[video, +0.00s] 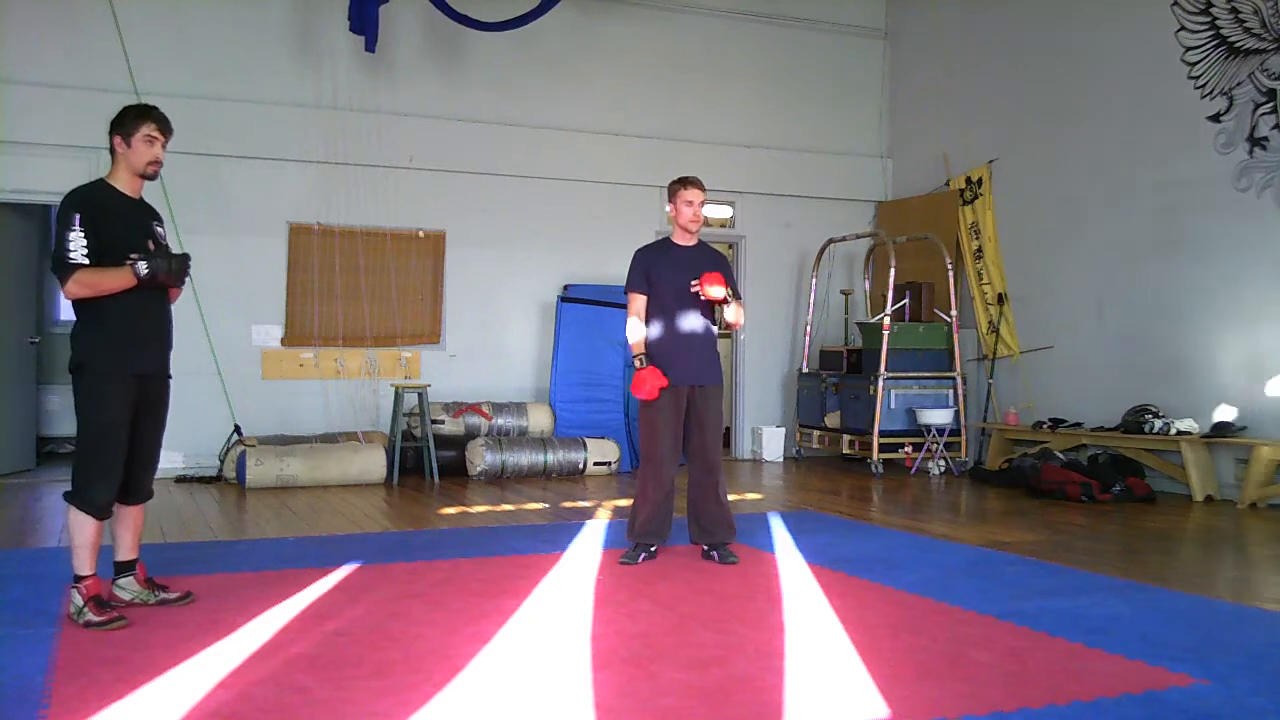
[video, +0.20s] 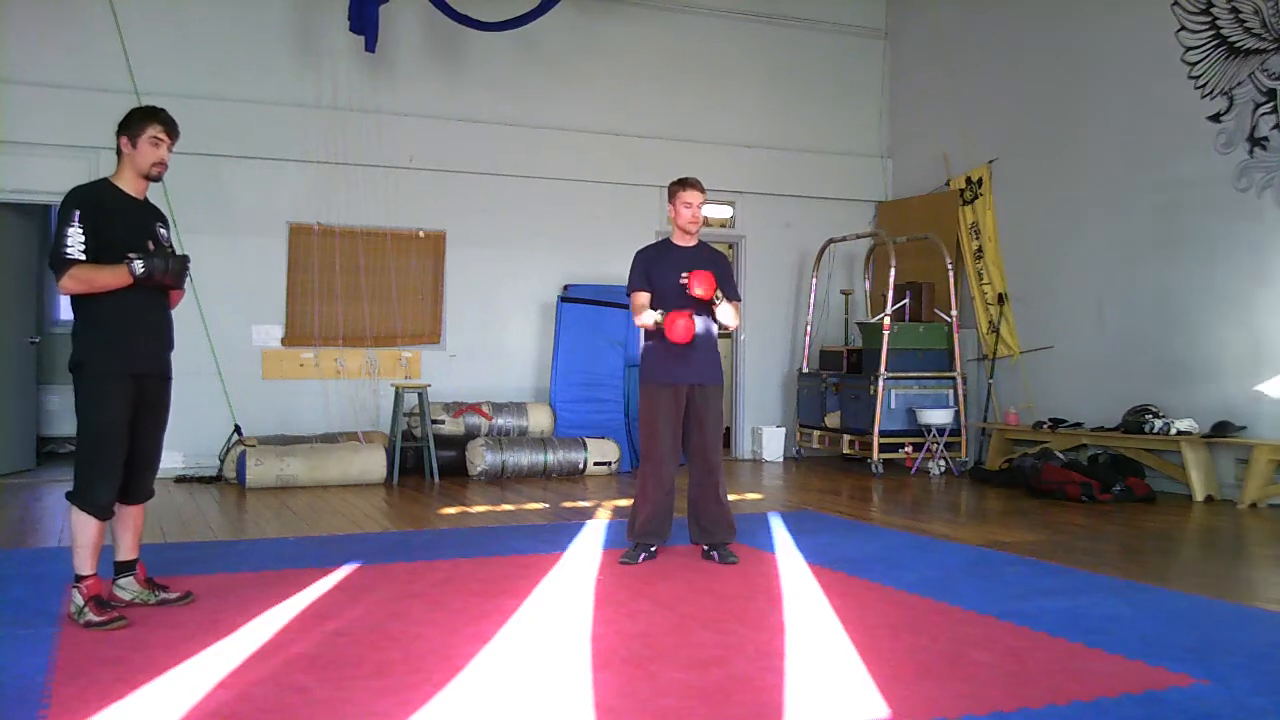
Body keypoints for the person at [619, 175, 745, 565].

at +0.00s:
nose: (696, 210)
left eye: (700, 204)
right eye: (689, 203)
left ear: (705, 210)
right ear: (671, 208)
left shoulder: (717, 260)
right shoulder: (647, 256)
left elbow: (736, 320)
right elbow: (635, 316)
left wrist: (723, 298)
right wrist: (641, 362)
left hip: (707, 374)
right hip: (662, 373)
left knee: (708, 460)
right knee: (657, 459)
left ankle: (714, 539)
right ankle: (646, 539)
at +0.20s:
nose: (695, 212)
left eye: (700, 206)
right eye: (688, 205)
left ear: (705, 211)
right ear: (671, 209)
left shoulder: (717, 260)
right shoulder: (648, 257)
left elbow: (732, 321)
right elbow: (640, 312)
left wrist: (716, 301)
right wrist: (658, 320)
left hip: (706, 372)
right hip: (661, 372)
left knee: (708, 458)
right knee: (657, 456)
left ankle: (713, 539)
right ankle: (647, 539)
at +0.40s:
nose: (692, 216)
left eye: (698, 210)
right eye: (686, 209)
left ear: (705, 214)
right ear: (670, 210)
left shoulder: (717, 260)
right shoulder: (649, 255)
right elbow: (655, 296)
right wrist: (678, 249)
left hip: (707, 371)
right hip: (661, 370)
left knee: (708, 458)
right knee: (657, 456)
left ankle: (714, 538)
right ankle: (646, 539)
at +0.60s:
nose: (695, 217)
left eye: (700, 211)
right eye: (688, 210)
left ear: (708, 215)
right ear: (671, 211)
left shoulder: (716, 261)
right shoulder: (649, 255)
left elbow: (729, 319)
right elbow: (658, 291)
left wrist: (709, 284)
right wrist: (682, 244)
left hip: (707, 371)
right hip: (662, 370)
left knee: (708, 458)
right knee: (657, 456)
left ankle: (714, 538)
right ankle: (646, 539)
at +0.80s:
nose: (699, 216)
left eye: (704, 210)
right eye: (692, 208)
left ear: (709, 215)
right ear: (675, 210)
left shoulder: (716, 262)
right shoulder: (648, 256)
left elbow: (732, 321)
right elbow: (646, 318)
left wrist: (716, 308)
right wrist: (673, 298)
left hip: (707, 372)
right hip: (662, 371)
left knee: (709, 458)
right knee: (657, 456)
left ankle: (714, 538)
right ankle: (646, 539)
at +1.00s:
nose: (708, 218)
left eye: (713, 212)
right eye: (702, 210)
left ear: (717, 216)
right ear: (684, 209)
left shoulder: (723, 262)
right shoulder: (655, 256)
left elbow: (736, 323)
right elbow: (648, 317)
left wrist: (726, 310)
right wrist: (676, 301)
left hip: (713, 370)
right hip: (668, 369)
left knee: (715, 456)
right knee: (664, 454)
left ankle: (721, 538)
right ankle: (652, 538)